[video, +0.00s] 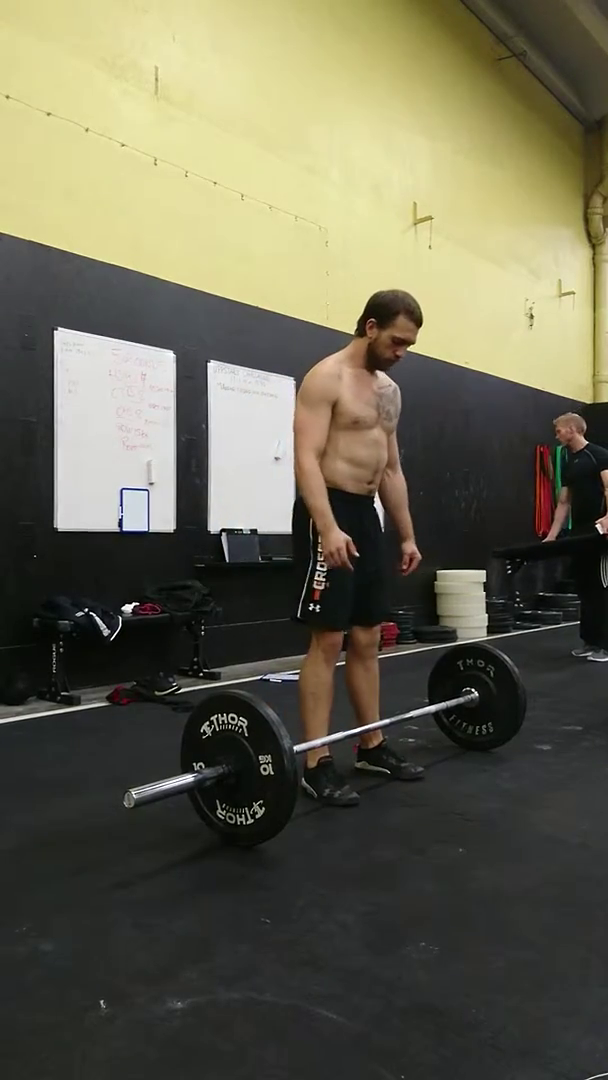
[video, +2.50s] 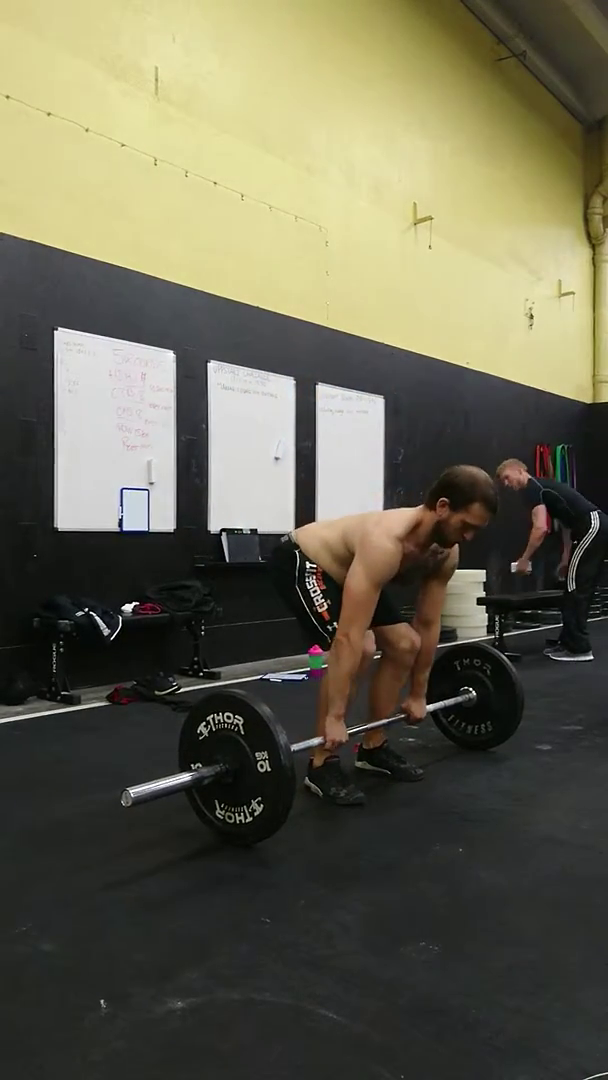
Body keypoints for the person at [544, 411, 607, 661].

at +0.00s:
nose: (556, 435)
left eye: (559, 430)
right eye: (555, 431)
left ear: (573, 430)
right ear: (567, 431)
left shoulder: (598, 455)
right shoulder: (569, 461)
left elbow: (607, 491)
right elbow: (564, 502)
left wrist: (605, 519)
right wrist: (551, 536)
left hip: (599, 532)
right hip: (580, 533)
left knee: (599, 587)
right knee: (586, 587)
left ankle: (603, 645)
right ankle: (591, 642)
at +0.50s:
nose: (562, 430)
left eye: (566, 426)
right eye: (563, 426)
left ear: (580, 429)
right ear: (577, 429)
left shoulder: (593, 453)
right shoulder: (571, 454)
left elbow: (590, 491)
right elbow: (573, 492)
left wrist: (572, 520)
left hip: (595, 530)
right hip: (579, 530)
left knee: (597, 587)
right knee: (574, 584)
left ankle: (603, 645)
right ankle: (574, 640)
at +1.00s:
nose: (538, 450)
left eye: (539, 445)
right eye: (538, 446)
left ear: (546, 444)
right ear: (560, 445)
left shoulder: (555, 462)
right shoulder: (571, 463)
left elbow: (539, 499)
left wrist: (520, 527)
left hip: (587, 521)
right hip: (590, 520)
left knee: (573, 578)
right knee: (575, 579)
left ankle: (576, 645)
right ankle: (572, 641)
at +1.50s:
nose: (524, 496)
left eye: (523, 493)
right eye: (523, 494)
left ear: (524, 491)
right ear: (540, 484)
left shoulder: (532, 500)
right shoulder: (556, 494)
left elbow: (518, 539)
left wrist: (503, 571)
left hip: (590, 528)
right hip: (600, 524)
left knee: (568, 583)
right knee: (580, 585)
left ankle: (577, 648)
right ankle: (570, 642)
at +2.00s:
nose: (519, 512)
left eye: (518, 508)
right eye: (517, 509)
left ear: (521, 501)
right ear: (531, 497)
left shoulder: (531, 508)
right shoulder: (550, 502)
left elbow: (514, 547)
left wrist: (500, 578)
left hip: (587, 528)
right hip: (600, 525)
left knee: (567, 585)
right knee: (582, 586)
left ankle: (578, 648)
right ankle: (569, 641)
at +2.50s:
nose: (506, 483)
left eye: (507, 477)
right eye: (503, 481)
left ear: (521, 470)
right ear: (522, 473)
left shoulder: (533, 487)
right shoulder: (541, 486)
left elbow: (540, 529)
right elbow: (567, 526)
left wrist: (525, 559)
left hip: (593, 525)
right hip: (590, 525)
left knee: (574, 582)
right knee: (572, 582)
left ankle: (578, 647)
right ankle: (570, 641)